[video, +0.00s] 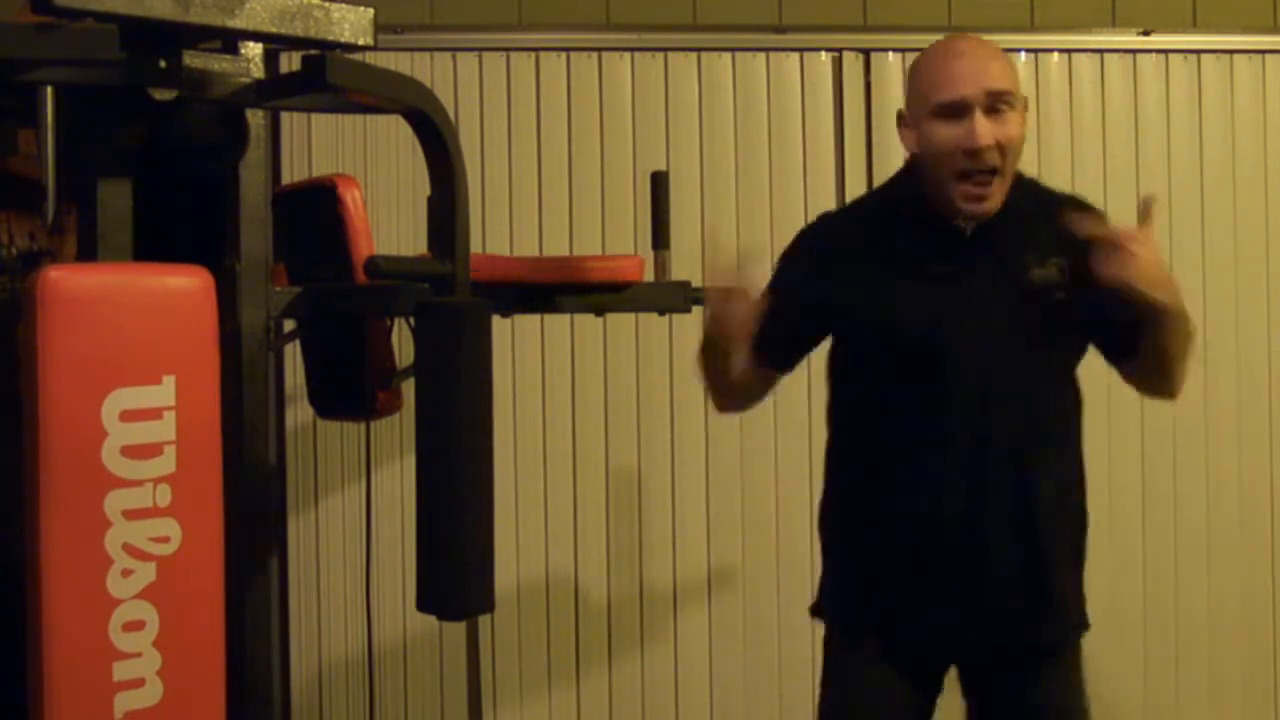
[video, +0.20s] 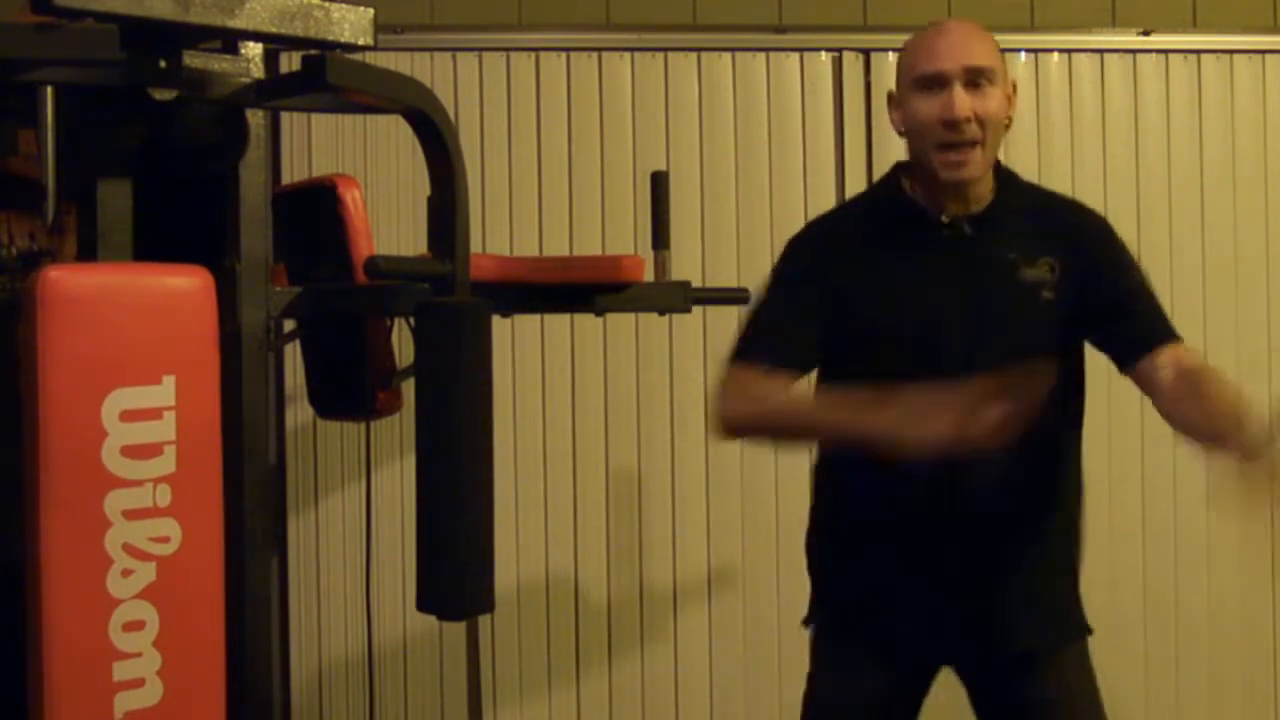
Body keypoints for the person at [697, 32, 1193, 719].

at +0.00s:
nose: (981, 138)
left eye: (998, 110)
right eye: (952, 114)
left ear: (1023, 119)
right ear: (908, 130)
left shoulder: (1069, 237)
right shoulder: (842, 245)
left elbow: (1159, 381)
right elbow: (736, 392)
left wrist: (1165, 304)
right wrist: (726, 344)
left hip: (1028, 592)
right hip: (881, 596)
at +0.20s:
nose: (957, 109)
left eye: (977, 85)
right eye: (932, 88)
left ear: (1009, 101)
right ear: (896, 111)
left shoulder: (1068, 238)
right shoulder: (830, 248)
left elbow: (1166, 367)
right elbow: (739, 402)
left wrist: (1229, 422)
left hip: (1025, 610)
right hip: (869, 612)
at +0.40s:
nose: (981, 158)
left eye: (1002, 133)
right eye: (957, 138)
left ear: (1039, 148)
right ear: (930, 161)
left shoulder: (1099, 279)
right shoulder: (893, 268)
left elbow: (1183, 444)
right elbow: (788, 267)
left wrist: (1020, 391)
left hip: (1047, 629)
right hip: (901, 631)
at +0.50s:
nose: (1029, 175)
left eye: (1052, 151)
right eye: (1005, 155)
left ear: (1093, 167)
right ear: (978, 170)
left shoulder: (1111, 299)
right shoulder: (901, 260)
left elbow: (1177, 464)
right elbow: (731, 280)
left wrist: (1107, 341)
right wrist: (650, 358)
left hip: (1044, 639)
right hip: (902, 642)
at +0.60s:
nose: (1005, 171)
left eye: (1030, 148)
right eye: (984, 150)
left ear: (1077, 163)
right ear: (964, 167)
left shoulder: (1095, 305)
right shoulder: (887, 267)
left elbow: (1154, 472)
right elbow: (709, 321)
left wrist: (1171, 367)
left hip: (1027, 659)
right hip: (881, 659)